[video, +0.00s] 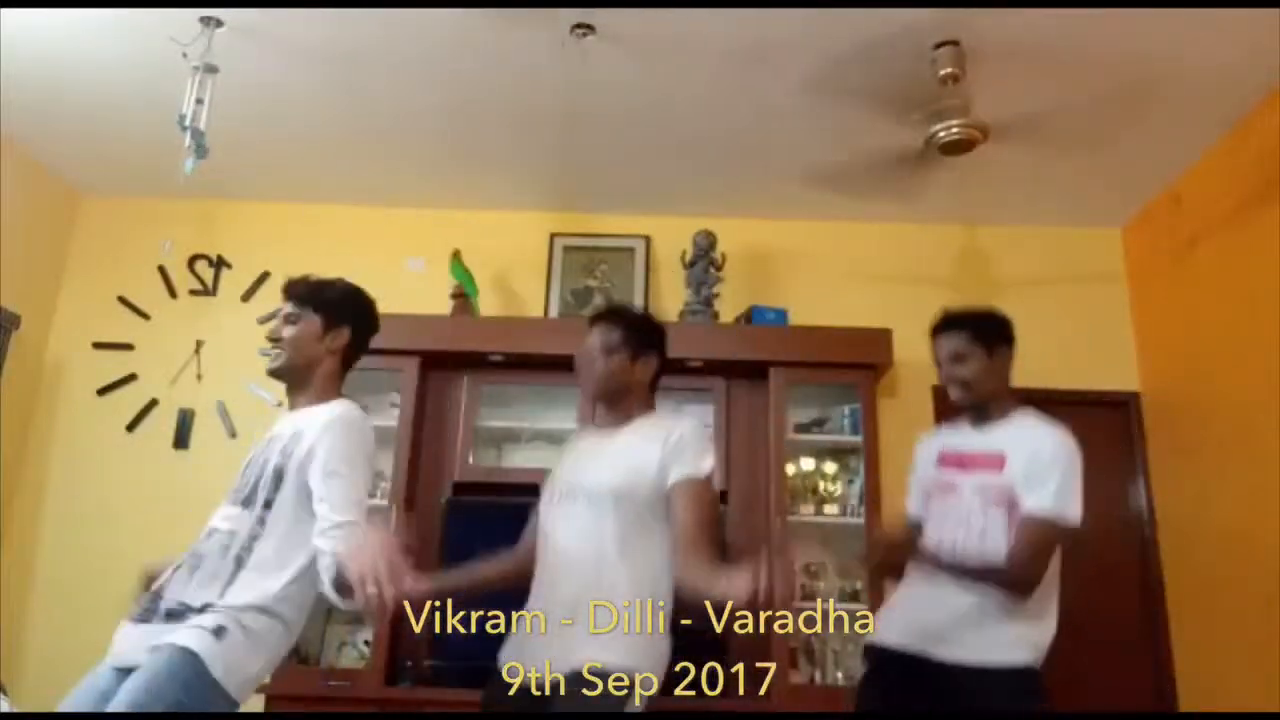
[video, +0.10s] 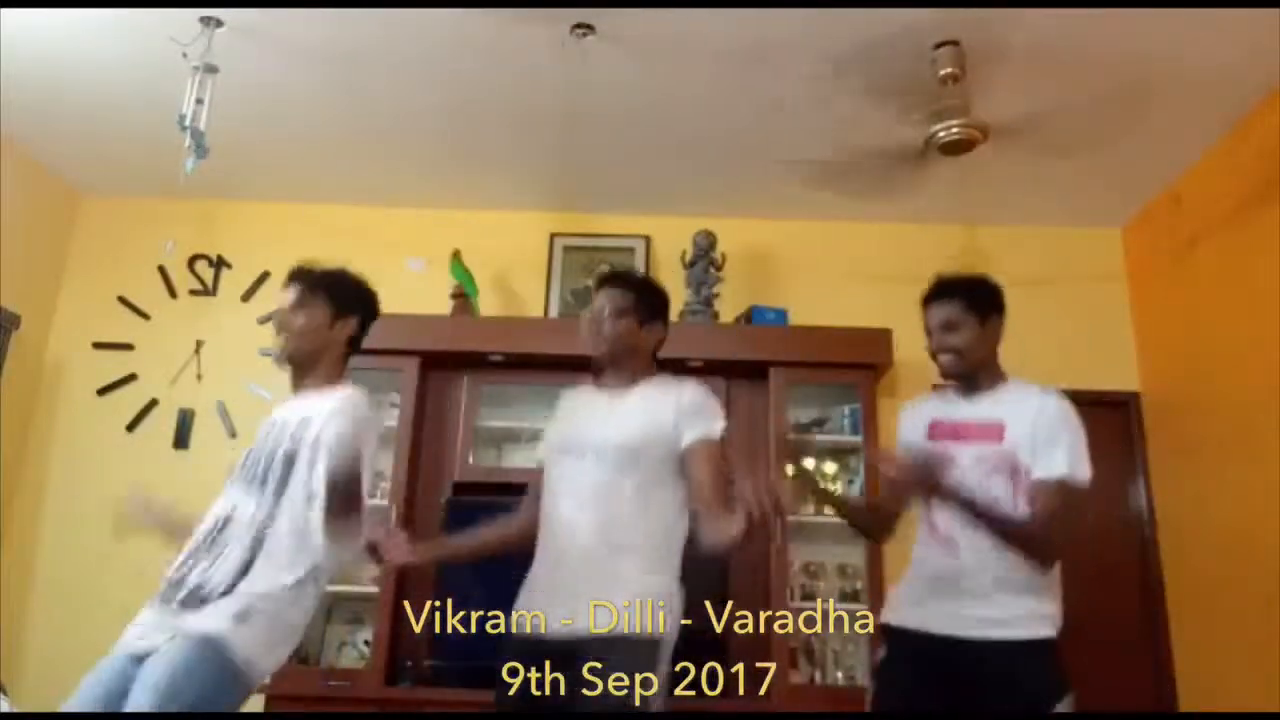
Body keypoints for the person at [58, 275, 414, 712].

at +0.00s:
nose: (273, 331)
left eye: (292, 320)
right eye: (278, 320)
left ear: (336, 340)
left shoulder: (340, 422)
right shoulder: (283, 430)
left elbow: (339, 573)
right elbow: (248, 545)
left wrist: (364, 550)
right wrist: (178, 571)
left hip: (223, 635)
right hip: (167, 621)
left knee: (129, 709)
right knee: (73, 707)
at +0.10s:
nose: (276, 318)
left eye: (297, 308)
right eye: (281, 307)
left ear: (345, 328)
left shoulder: (345, 410)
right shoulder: (285, 415)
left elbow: (338, 537)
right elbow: (248, 537)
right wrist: (171, 522)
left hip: (246, 613)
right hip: (185, 601)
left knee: (157, 700)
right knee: (85, 704)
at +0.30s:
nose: (321, 242)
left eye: (339, 233)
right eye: (317, 232)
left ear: (377, 256)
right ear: (308, 245)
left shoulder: (389, 327)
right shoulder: (274, 330)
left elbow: (413, 431)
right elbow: (226, 435)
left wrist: (320, 325)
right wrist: (136, 374)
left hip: (322, 562)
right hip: (236, 557)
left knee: (284, 704)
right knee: (166, 701)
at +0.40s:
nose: (338, 237)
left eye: (357, 230)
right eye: (332, 226)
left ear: (386, 252)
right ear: (320, 237)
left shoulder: (402, 326)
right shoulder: (275, 322)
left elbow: (434, 447)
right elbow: (229, 430)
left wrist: (349, 398)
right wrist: (157, 401)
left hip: (342, 555)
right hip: (248, 549)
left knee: (320, 705)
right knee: (179, 701)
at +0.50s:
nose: (352, 257)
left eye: (371, 248)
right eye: (344, 244)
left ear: (401, 270)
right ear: (331, 255)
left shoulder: (422, 362)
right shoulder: (278, 347)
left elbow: (445, 501)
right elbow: (239, 458)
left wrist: (379, 520)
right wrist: (190, 518)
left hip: (360, 578)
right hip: (267, 569)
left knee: (367, 703)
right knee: (206, 703)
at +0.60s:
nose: (359, 292)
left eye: (378, 284)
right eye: (352, 278)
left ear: (404, 307)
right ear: (337, 291)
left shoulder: (427, 405)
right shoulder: (275, 388)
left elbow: (446, 546)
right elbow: (238, 512)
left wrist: (364, 619)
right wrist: (243, 619)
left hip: (377, 634)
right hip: (276, 625)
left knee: (387, 700)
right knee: (229, 704)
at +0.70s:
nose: (376, 336)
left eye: (392, 330)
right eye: (362, 324)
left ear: (405, 354)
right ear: (337, 343)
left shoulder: (436, 438)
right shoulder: (281, 431)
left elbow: (503, 554)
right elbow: (234, 542)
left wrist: (480, 562)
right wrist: (236, 565)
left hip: (388, 650)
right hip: (291, 649)